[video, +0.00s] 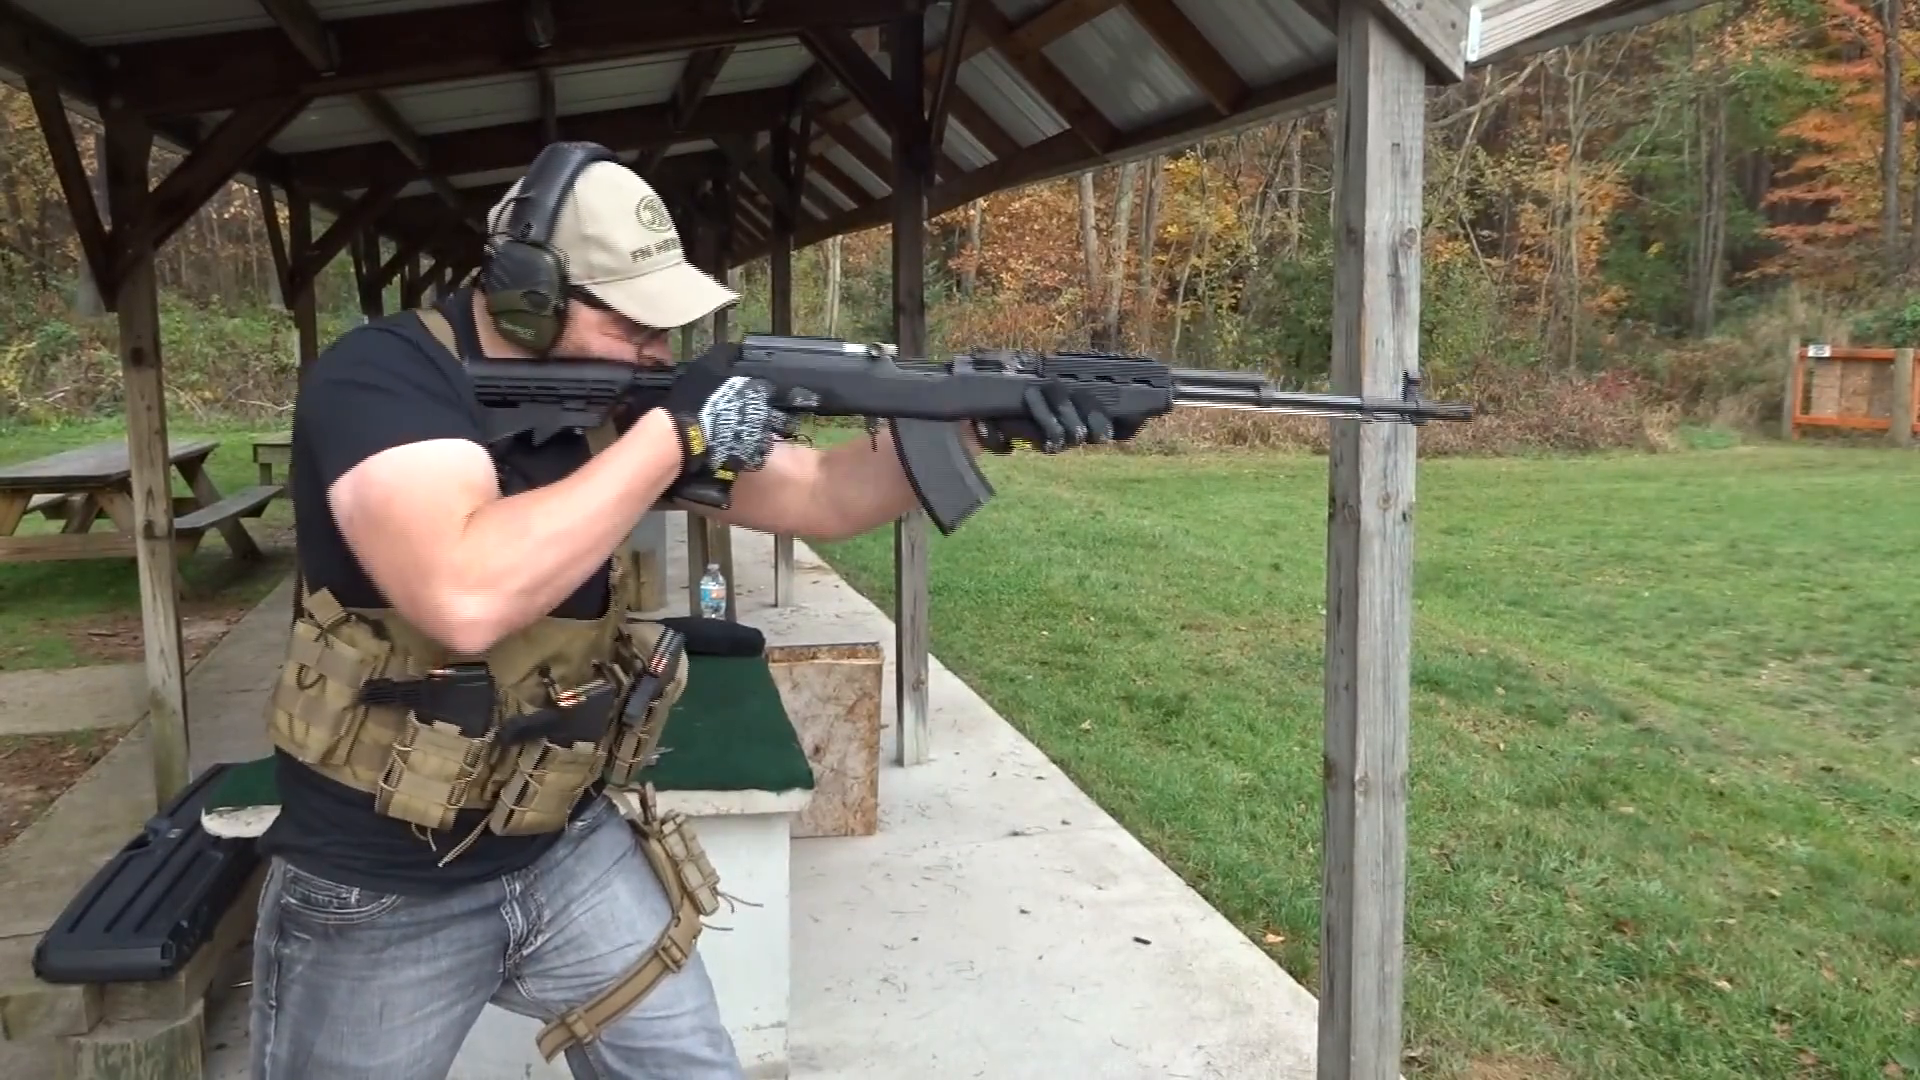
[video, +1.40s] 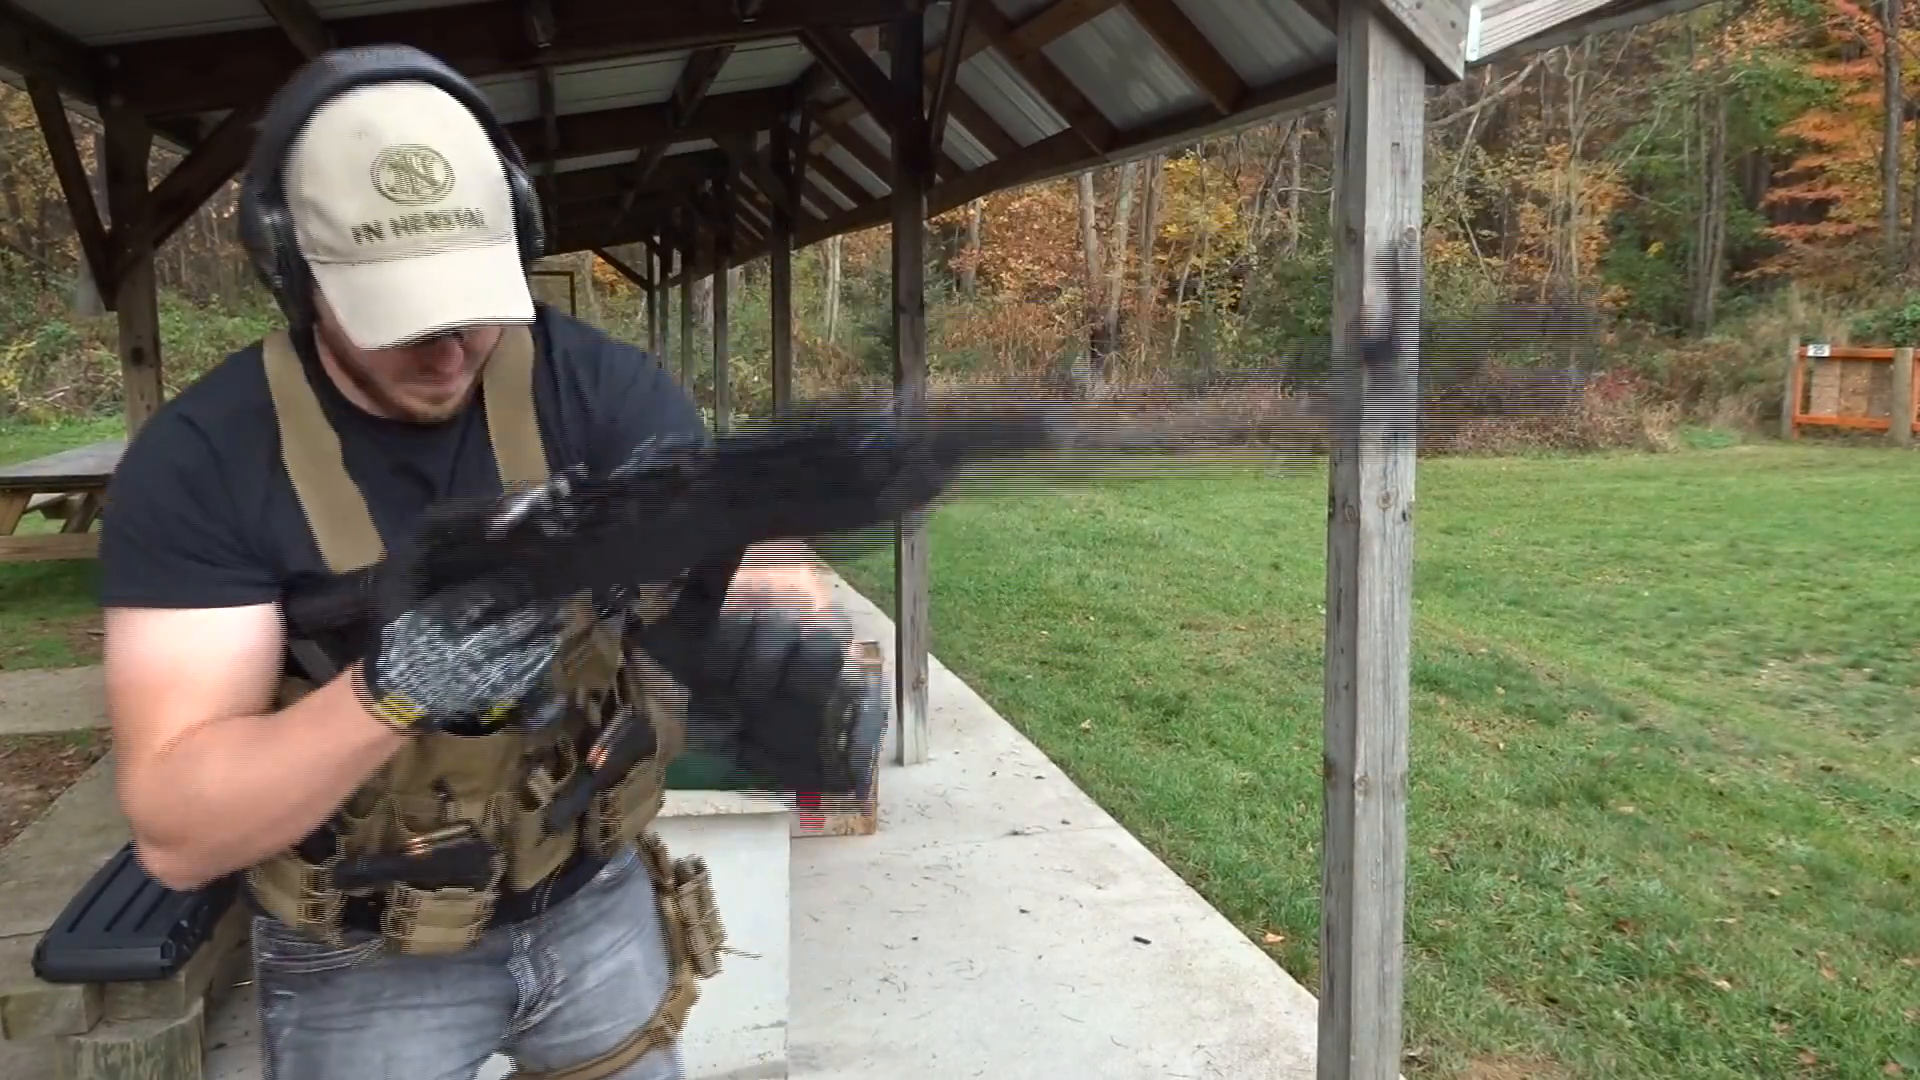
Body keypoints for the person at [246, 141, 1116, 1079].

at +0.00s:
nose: (653, 350)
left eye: (659, 326)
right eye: (628, 325)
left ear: (653, 298)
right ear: (527, 300)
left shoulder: (612, 399)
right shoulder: (375, 380)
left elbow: (819, 492)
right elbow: (463, 595)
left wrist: (999, 415)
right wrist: (668, 434)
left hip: (573, 848)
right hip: (380, 892)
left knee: (691, 1063)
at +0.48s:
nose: (769, 266)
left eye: (772, 237)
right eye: (738, 238)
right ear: (634, 229)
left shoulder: (761, 369)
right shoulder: (509, 376)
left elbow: (931, 495)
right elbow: (544, 631)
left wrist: (1024, 448)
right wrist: (774, 490)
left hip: (719, 825)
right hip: (522, 860)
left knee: (798, 1065)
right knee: (470, 1068)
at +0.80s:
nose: (665, 270)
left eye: (683, 233)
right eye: (625, 241)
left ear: (713, 225)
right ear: (551, 244)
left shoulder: (758, 351)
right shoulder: (465, 410)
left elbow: (945, 496)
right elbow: (480, 714)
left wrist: (992, 449)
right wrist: (726, 550)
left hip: (739, 835)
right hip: (534, 866)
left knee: (794, 1063)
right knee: (496, 1063)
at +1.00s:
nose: (533, 314)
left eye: (551, 267)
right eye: (488, 283)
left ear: (593, 248)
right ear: (410, 284)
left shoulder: (664, 365)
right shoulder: (346, 459)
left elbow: (857, 508)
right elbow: (389, 794)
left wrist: (917, 493)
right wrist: (648, 604)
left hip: (670, 871)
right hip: (460, 921)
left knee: (747, 1064)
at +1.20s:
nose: (456, 329)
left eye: (473, 278)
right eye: (404, 301)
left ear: (510, 227)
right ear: (311, 286)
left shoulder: (601, 348)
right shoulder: (240, 472)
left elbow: (818, 456)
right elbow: (270, 826)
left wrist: (939, 478)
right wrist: (519, 639)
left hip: (619, 883)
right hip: (395, 950)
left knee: (691, 1067)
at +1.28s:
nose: (446, 330)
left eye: (468, 282)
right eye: (395, 304)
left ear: (502, 230)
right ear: (297, 281)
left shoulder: (587, 356)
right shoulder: (219, 468)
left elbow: (775, 492)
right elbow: (230, 827)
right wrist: (464, 657)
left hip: (616, 893)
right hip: (384, 956)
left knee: (676, 1064)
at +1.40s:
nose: (448, 344)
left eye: (471, 299)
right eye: (400, 315)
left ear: (509, 243)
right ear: (302, 277)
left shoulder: (599, 390)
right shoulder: (203, 463)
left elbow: (767, 580)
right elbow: (177, 828)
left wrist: (802, 658)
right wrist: (396, 689)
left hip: (600, 913)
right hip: (364, 964)